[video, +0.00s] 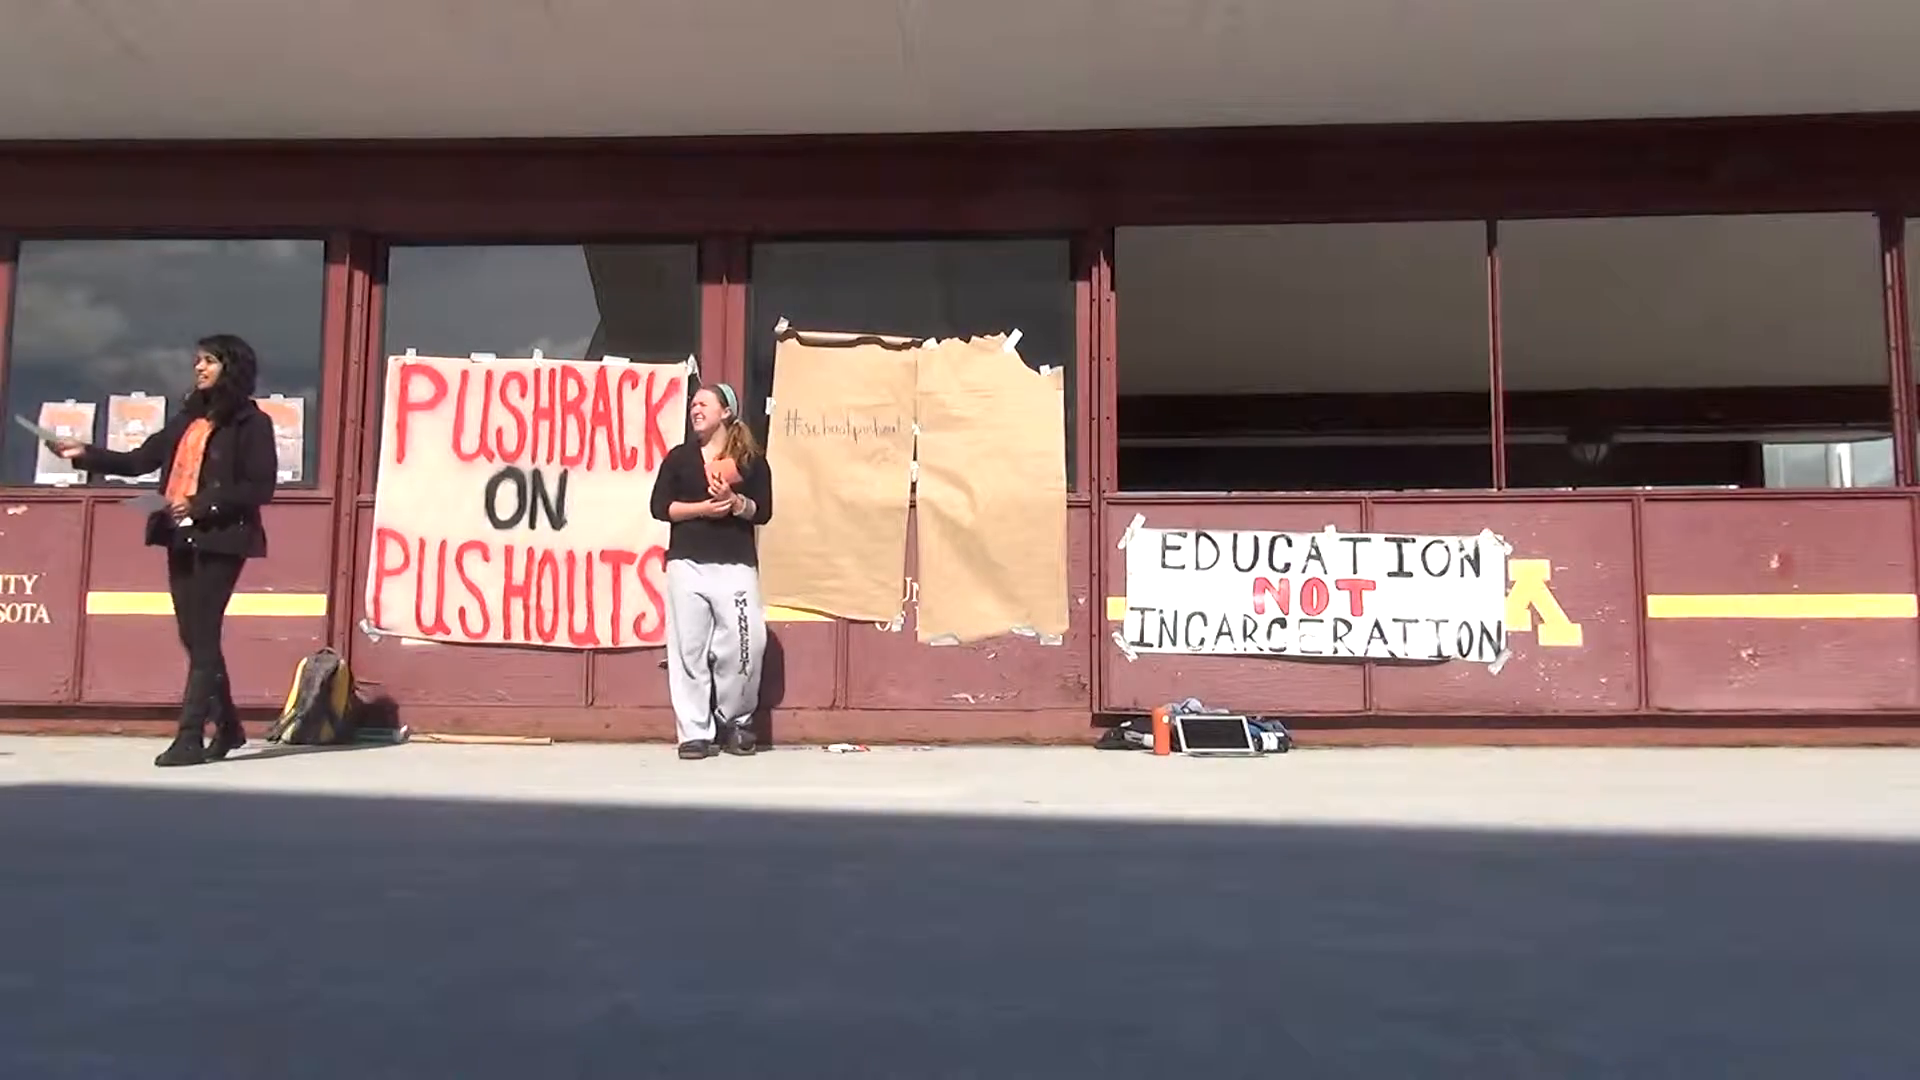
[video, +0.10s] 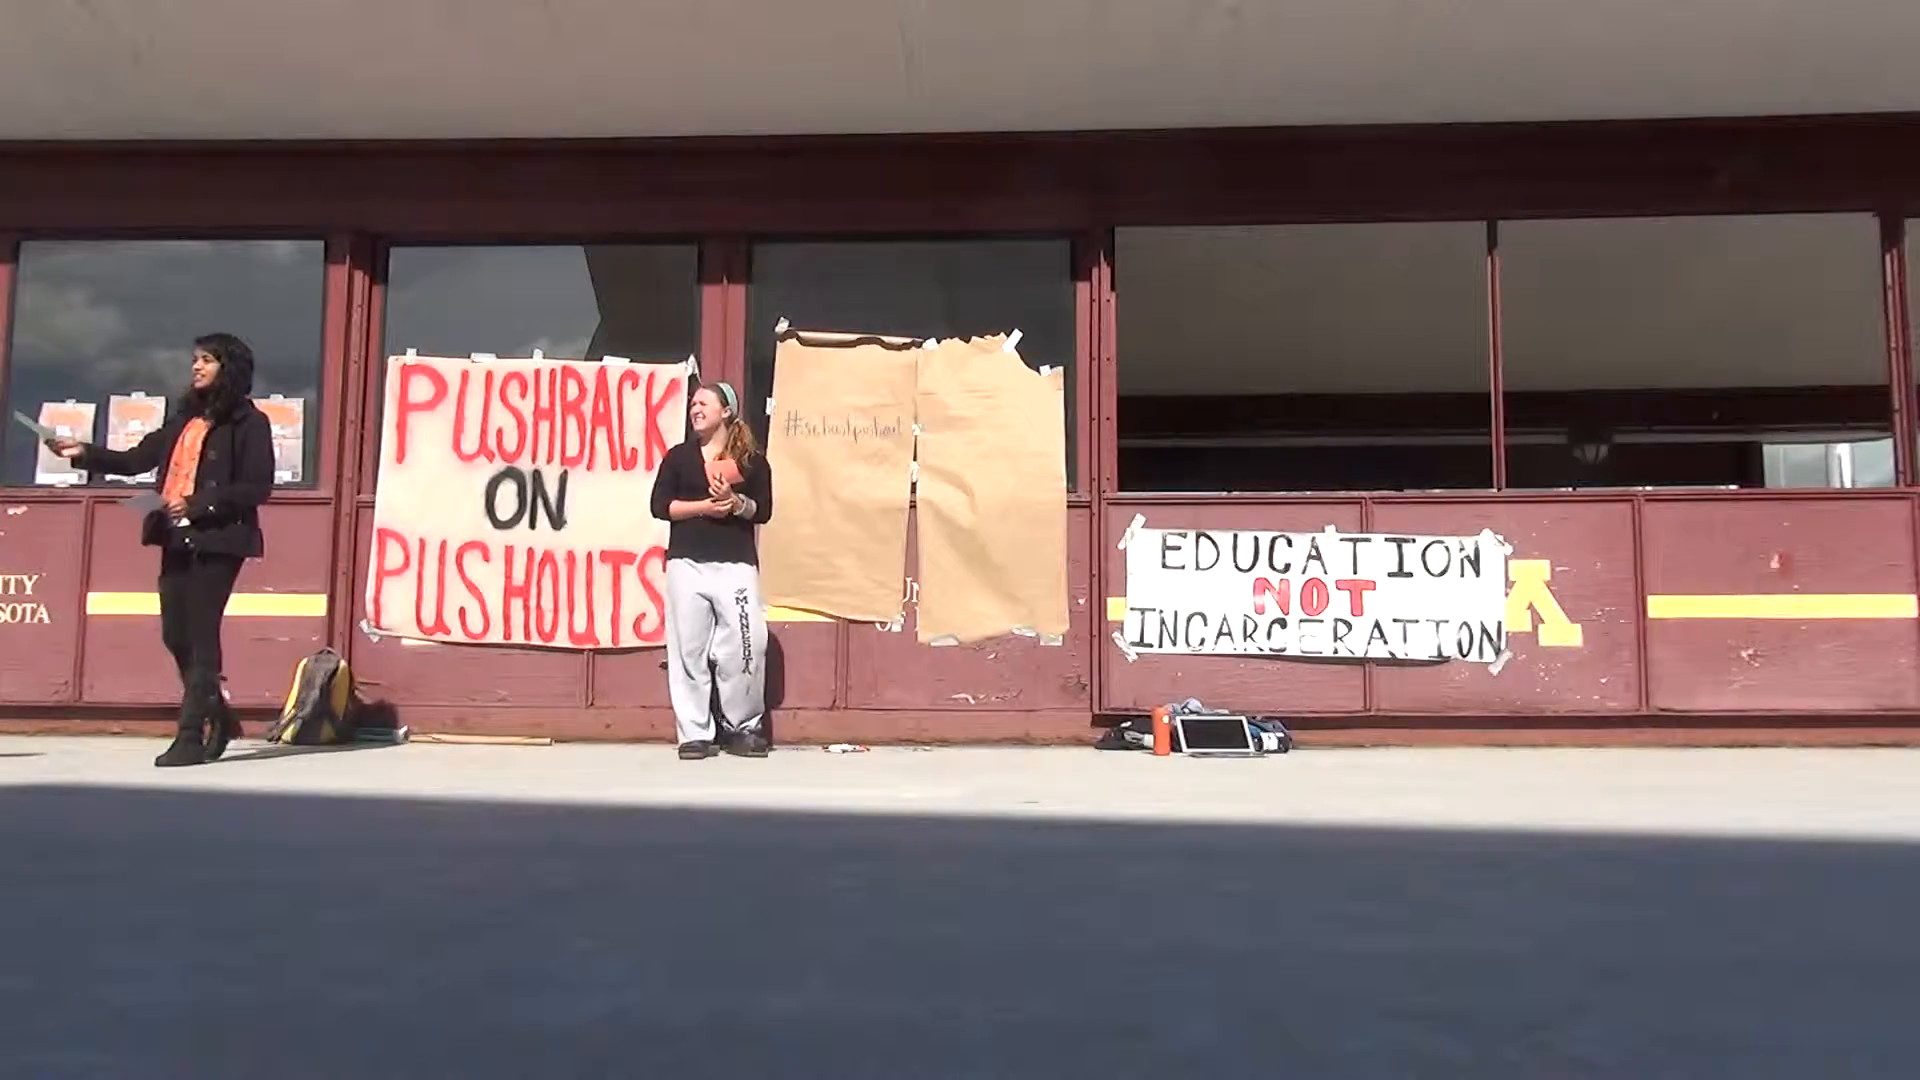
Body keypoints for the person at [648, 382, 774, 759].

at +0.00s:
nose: (695, 410)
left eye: (703, 404)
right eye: (694, 404)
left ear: (726, 412)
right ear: (692, 412)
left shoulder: (750, 458)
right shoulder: (678, 457)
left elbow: (763, 513)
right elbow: (660, 507)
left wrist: (737, 502)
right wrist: (705, 508)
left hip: (735, 563)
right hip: (687, 562)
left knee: (743, 646)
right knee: (689, 648)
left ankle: (735, 723)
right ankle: (695, 733)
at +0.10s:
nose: (695, 409)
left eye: (703, 404)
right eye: (694, 404)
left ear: (726, 411)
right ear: (691, 411)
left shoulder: (751, 458)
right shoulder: (678, 456)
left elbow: (762, 512)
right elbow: (660, 506)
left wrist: (736, 501)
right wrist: (705, 507)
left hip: (736, 562)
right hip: (687, 562)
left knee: (744, 646)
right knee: (688, 648)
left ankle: (740, 727)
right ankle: (695, 734)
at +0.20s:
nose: (698, 409)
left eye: (706, 403)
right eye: (696, 404)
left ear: (729, 411)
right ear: (694, 411)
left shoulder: (753, 459)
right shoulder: (679, 456)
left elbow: (765, 512)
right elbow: (661, 506)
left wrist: (738, 502)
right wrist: (703, 507)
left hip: (738, 565)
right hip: (688, 564)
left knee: (750, 647)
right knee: (689, 651)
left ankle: (758, 731)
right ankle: (695, 735)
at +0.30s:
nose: (702, 408)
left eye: (711, 402)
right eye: (700, 402)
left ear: (734, 411)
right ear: (697, 410)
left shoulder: (757, 457)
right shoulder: (682, 456)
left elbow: (771, 511)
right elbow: (664, 507)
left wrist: (744, 503)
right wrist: (699, 508)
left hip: (741, 567)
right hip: (691, 566)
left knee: (757, 649)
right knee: (692, 653)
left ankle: (774, 732)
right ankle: (696, 736)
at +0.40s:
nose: (708, 407)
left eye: (717, 401)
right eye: (706, 402)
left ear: (740, 410)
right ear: (704, 410)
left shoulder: (763, 457)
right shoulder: (688, 456)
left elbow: (779, 511)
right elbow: (671, 507)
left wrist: (753, 504)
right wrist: (701, 505)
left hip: (746, 568)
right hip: (696, 566)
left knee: (761, 650)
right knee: (695, 653)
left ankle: (781, 730)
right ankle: (697, 735)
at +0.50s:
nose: (717, 407)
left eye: (726, 401)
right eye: (716, 401)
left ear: (749, 410)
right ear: (715, 408)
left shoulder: (773, 457)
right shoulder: (696, 455)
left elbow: (789, 511)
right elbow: (677, 507)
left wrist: (764, 507)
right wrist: (705, 506)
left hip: (755, 569)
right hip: (704, 567)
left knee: (765, 653)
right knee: (701, 654)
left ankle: (783, 734)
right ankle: (697, 736)